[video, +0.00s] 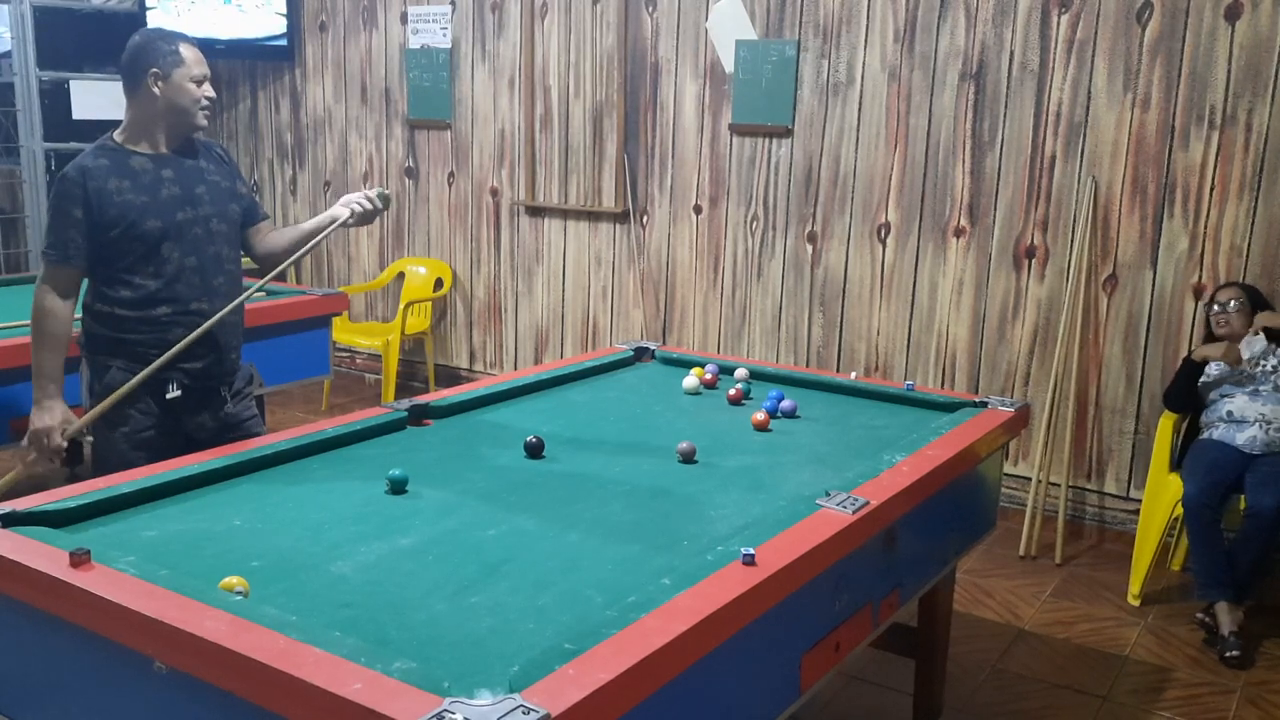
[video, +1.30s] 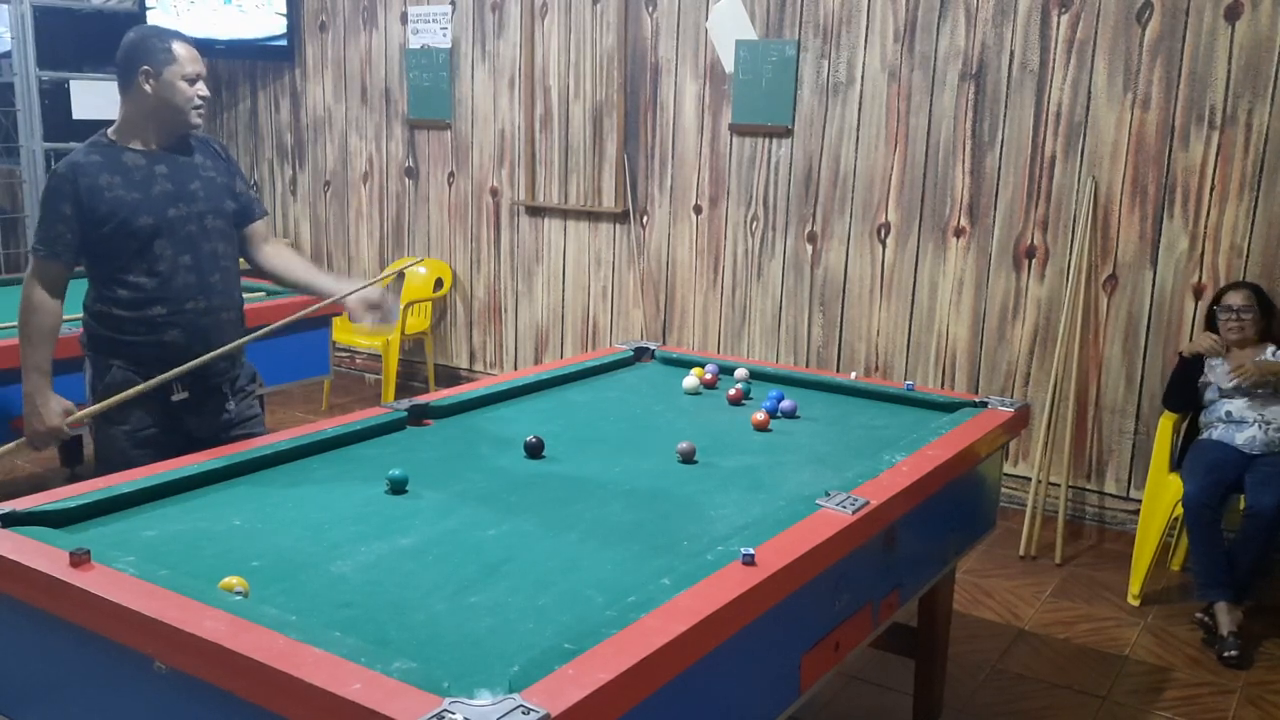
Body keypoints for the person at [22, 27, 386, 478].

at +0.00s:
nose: (212, 94)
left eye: (210, 83)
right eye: (200, 82)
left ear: (160, 84)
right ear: (156, 83)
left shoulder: (215, 160)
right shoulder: (87, 177)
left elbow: (265, 249)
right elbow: (56, 291)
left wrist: (335, 215)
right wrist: (47, 401)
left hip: (226, 386)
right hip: (132, 398)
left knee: (251, 534)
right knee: (141, 547)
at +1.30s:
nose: (205, 93)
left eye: (204, 82)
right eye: (192, 81)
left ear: (157, 81)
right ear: (146, 81)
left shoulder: (213, 157)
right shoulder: (80, 174)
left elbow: (265, 247)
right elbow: (45, 285)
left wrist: (347, 290)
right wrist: (37, 394)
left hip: (228, 386)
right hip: (134, 399)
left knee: (253, 539)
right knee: (144, 552)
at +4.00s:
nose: (318, 95)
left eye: (329, 87)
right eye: (304, 83)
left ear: (337, 96)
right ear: (275, 87)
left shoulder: (345, 153)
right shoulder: (246, 149)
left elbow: (384, 112)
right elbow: (214, 148)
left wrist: (436, 68)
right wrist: (204, 102)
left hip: (334, 351)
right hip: (261, 352)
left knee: (334, 485)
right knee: (267, 488)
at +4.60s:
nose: (302, 89)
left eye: (313, 81)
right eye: (288, 77)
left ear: (323, 93)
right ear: (259, 82)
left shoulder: (332, 147)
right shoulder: (234, 146)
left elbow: (376, 106)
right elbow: (216, 100)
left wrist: (422, 59)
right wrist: (196, 32)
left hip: (324, 347)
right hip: (253, 347)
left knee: (330, 484)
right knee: (264, 486)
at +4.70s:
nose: (297, 87)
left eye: (308, 79)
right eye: (284, 75)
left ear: (319, 92)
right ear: (254, 81)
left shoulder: (328, 145)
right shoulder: (231, 145)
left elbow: (372, 105)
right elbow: (216, 99)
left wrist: (417, 60)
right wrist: (198, 31)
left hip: (318, 345)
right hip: (248, 346)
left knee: (328, 481)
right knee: (261, 486)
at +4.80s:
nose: (292, 86)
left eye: (303, 78)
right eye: (278, 74)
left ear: (314, 89)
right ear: (249, 80)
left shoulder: (324, 145)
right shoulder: (226, 144)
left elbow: (370, 104)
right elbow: (213, 99)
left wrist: (414, 60)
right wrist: (197, 32)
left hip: (314, 347)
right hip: (243, 348)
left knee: (324, 482)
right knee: (257, 489)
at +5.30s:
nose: (255, 85)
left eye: (266, 76)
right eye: (240, 73)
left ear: (279, 87)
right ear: (212, 77)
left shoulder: (299, 160)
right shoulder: (177, 160)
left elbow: (345, 236)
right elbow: (144, 235)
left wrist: (383, 298)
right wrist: (137, 297)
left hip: (290, 361)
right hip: (209, 363)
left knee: (297, 498)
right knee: (208, 501)